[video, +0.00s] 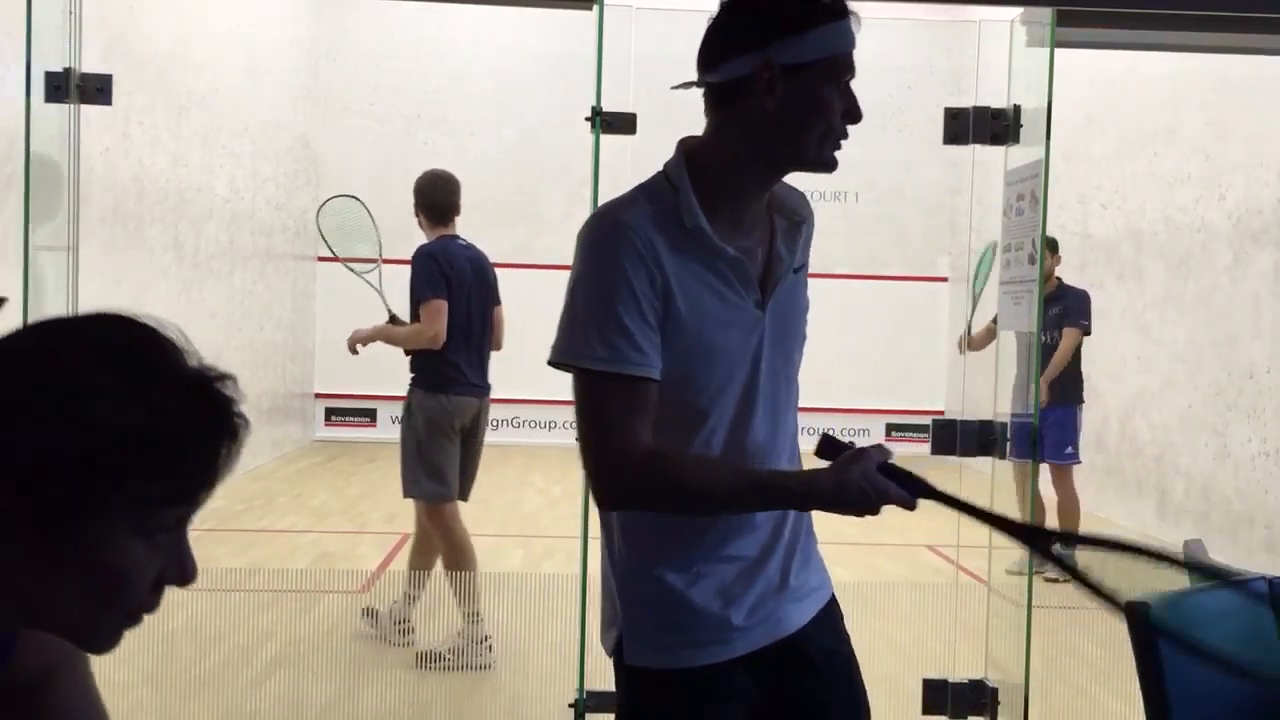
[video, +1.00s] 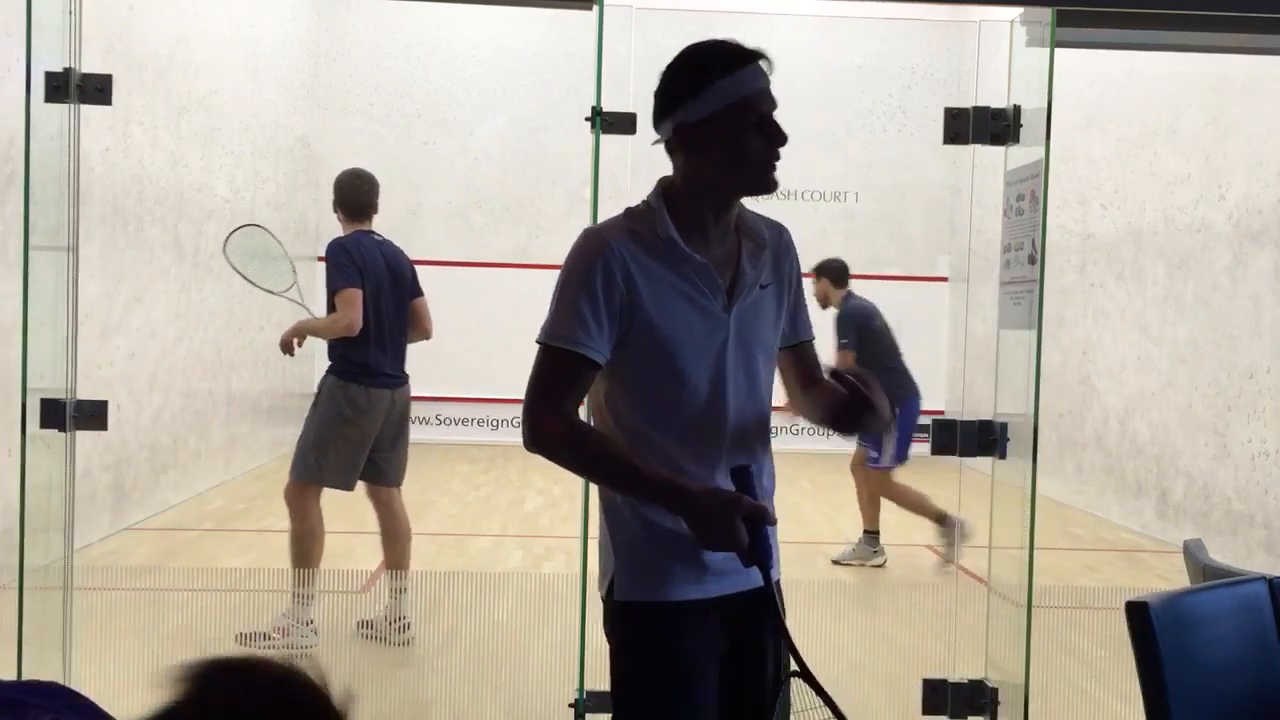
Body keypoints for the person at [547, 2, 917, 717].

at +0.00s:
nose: (855, 110)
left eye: (850, 84)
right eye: (839, 82)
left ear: (769, 89)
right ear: (767, 85)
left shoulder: (790, 216)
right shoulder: (626, 239)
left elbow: (753, 405)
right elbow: (617, 474)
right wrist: (814, 487)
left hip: (797, 604)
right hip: (682, 634)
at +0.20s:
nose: (842, 113)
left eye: (835, 87)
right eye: (822, 86)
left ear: (758, 95)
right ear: (753, 94)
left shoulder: (790, 228)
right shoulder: (622, 247)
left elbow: (759, 404)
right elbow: (571, 460)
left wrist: (802, 472)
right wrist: (764, 502)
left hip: (796, 606)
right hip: (683, 625)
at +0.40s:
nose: (835, 124)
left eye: (828, 100)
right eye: (815, 99)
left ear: (757, 108)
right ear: (751, 107)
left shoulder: (790, 238)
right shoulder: (630, 256)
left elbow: (774, 407)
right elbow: (563, 447)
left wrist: (822, 527)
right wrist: (737, 515)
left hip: (788, 606)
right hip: (686, 619)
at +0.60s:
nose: (828, 139)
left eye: (822, 116)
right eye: (810, 115)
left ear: (753, 122)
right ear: (746, 121)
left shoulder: (782, 245)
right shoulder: (626, 260)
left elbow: (787, 381)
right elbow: (560, 440)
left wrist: (879, 494)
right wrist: (719, 510)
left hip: (776, 596)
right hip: (679, 610)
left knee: (788, 718)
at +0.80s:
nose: (814, 138)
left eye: (807, 116)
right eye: (795, 116)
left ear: (737, 122)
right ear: (732, 121)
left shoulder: (775, 246)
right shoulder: (619, 254)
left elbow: (788, 387)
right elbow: (557, 429)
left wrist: (886, 470)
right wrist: (704, 501)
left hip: (764, 584)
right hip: (672, 596)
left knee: (769, 714)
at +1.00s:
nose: (781, 136)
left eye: (773, 118)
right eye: (759, 120)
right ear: (691, 136)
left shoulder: (771, 246)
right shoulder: (609, 253)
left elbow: (809, 389)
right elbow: (545, 423)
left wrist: (849, 405)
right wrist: (688, 501)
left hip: (753, 568)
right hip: (658, 578)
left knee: (756, 712)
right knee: (668, 716)